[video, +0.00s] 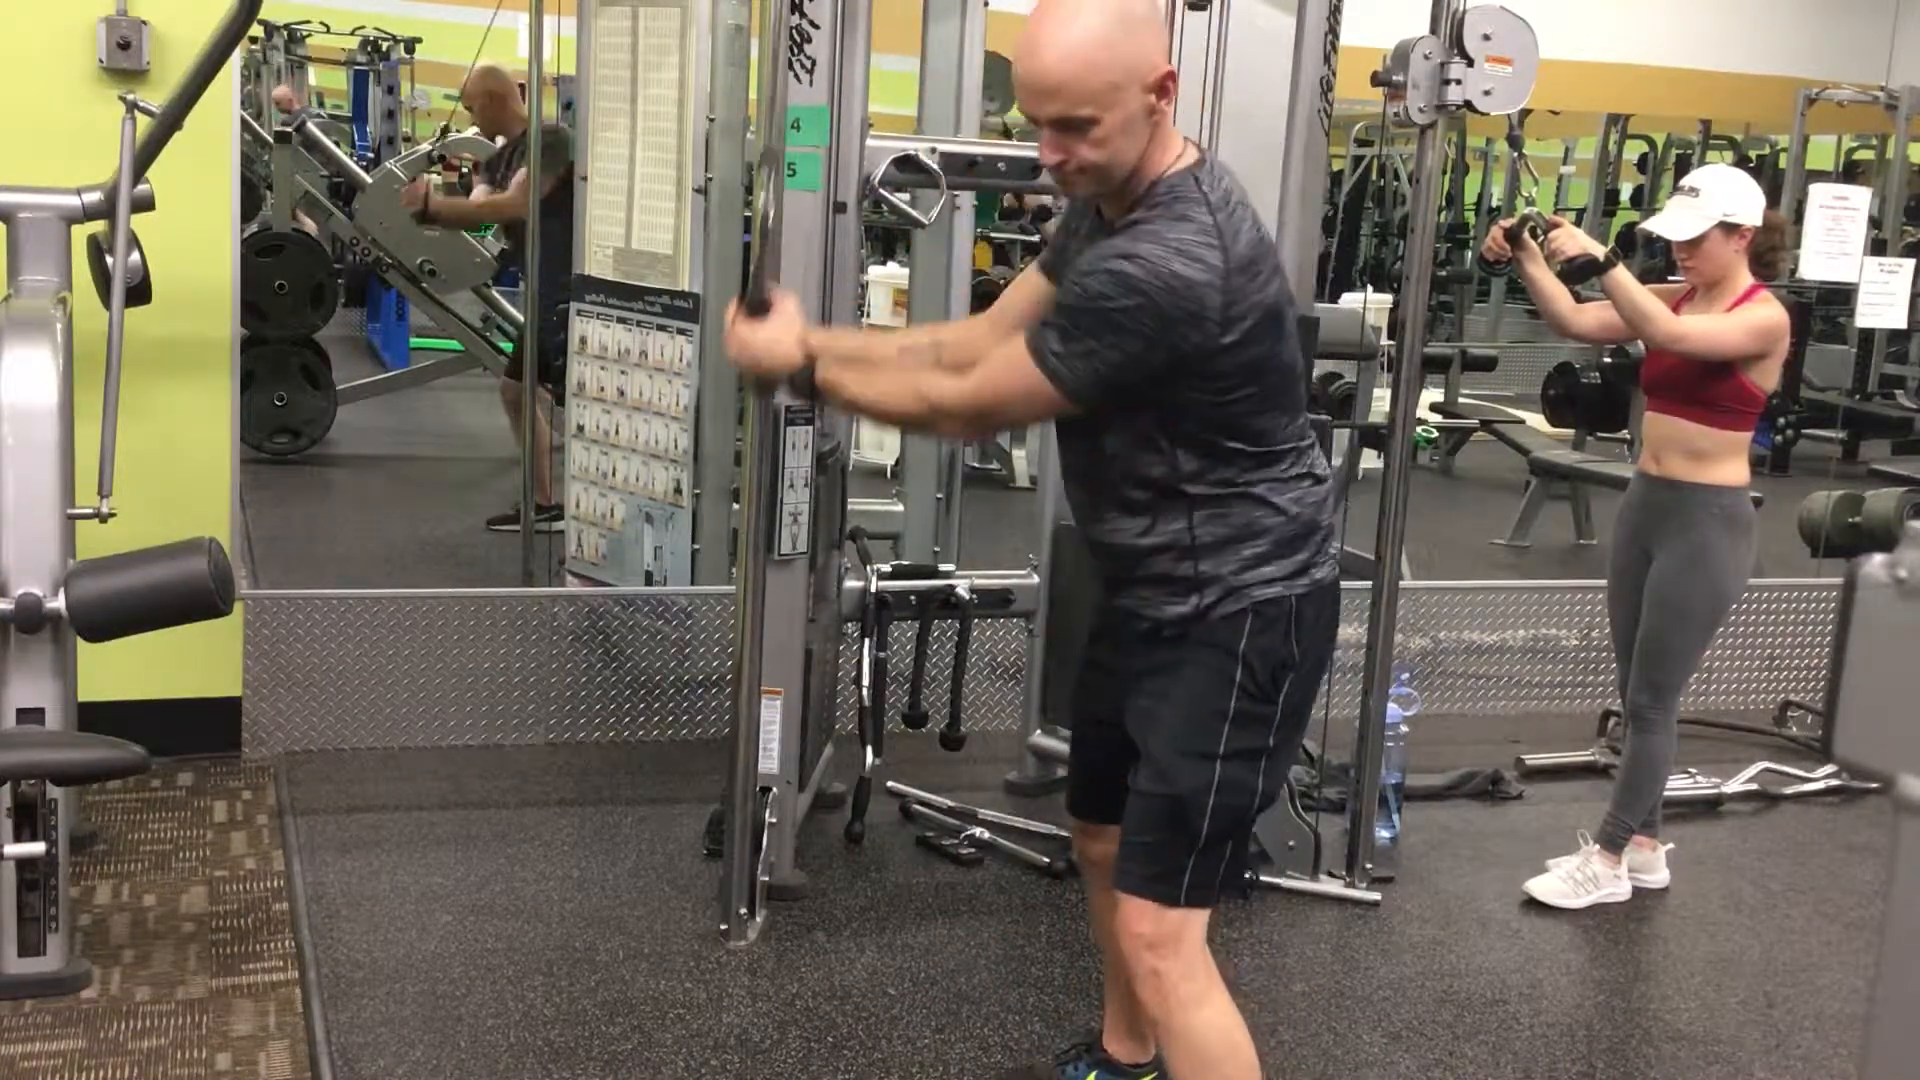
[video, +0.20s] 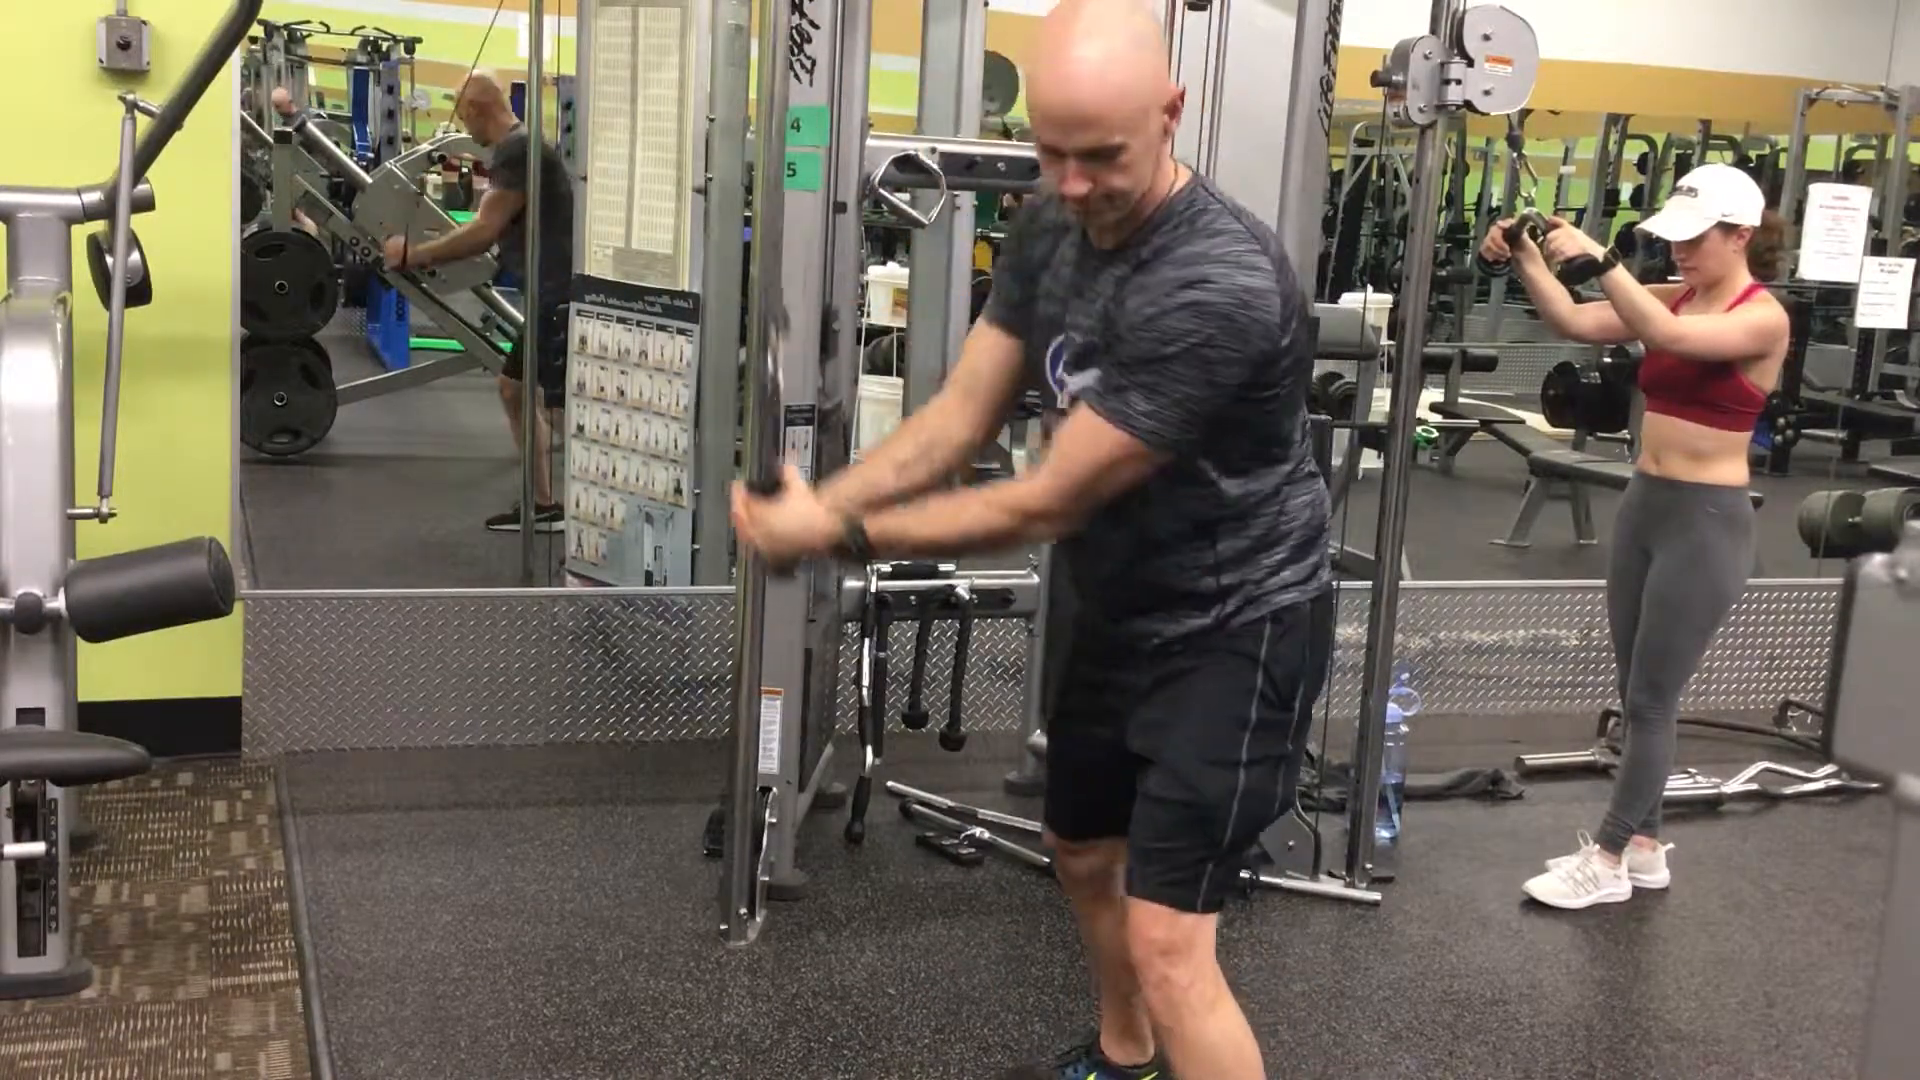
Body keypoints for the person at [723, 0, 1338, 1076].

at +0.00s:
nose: (1049, 155)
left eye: (1076, 128)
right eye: (1036, 125)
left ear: (1160, 98)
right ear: (1024, 99)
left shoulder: (1177, 259)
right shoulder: (1109, 205)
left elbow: (966, 404)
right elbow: (974, 344)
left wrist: (805, 367)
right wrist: (811, 340)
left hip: (1242, 603)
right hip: (1151, 587)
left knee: (1158, 929)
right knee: (1102, 833)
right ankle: (1131, 1054)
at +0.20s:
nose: (1073, 185)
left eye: (1103, 156)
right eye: (1050, 154)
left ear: (1172, 117)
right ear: (1028, 123)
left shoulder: (1222, 284)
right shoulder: (1050, 230)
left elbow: (1047, 504)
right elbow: (956, 418)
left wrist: (841, 529)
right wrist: (824, 503)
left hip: (1240, 618)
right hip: (1110, 605)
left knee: (1165, 934)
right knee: (1087, 855)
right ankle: (1127, 1053)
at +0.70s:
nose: (1204, 367)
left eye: (1232, 335)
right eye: (1174, 336)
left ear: (1269, 279)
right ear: (1117, 273)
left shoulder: (1321, 395)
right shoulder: (1038, 384)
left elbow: (1254, 648)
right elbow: (1038, 645)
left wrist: (1157, 835)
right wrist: (1065, 824)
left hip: (1252, 656)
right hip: (1101, 652)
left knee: (1224, 939)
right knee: (1036, 901)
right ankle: (1050, 1003)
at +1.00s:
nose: (1270, 521)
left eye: (1296, 493)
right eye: (1241, 493)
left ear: (1325, 441)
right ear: (1176, 424)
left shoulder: (1359, 507)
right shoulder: (1082, 517)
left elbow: (1345, 753)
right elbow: (1134, 804)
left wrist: (1335, 982)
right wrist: (1255, 1006)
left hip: (1238, 718)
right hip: (1079, 716)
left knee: (1236, 950)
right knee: (1053, 959)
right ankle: (1031, 1006)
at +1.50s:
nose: (1282, 596)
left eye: (1305, 566)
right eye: (1250, 568)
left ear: (1336, 510)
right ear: (1183, 496)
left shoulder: (1360, 557)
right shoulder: (1079, 576)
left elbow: (1354, 800)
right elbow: (1148, 873)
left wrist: (1363, 1039)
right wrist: (1288, 1064)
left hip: (1230, 717)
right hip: (1077, 719)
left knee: (1223, 921)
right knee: (1064, 974)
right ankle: (1014, 992)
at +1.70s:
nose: (1277, 590)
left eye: (1301, 558)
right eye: (1247, 561)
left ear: (1330, 502)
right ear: (1178, 492)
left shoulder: (1357, 554)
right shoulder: (1076, 574)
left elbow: (1351, 799)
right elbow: (1144, 873)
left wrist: (1360, 1036)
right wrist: (1286, 1063)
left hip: (1230, 718)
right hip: (1076, 721)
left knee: (1222, 923)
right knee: (1065, 973)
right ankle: (1014, 995)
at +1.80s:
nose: (1274, 582)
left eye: (1298, 550)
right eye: (1243, 553)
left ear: (1328, 490)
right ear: (1173, 484)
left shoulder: (1356, 547)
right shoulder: (1072, 572)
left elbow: (1351, 795)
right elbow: (1143, 869)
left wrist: (1360, 1032)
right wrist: (1283, 1058)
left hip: (1231, 717)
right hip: (1080, 719)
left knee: (1219, 934)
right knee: (1068, 973)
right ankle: (1012, 989)